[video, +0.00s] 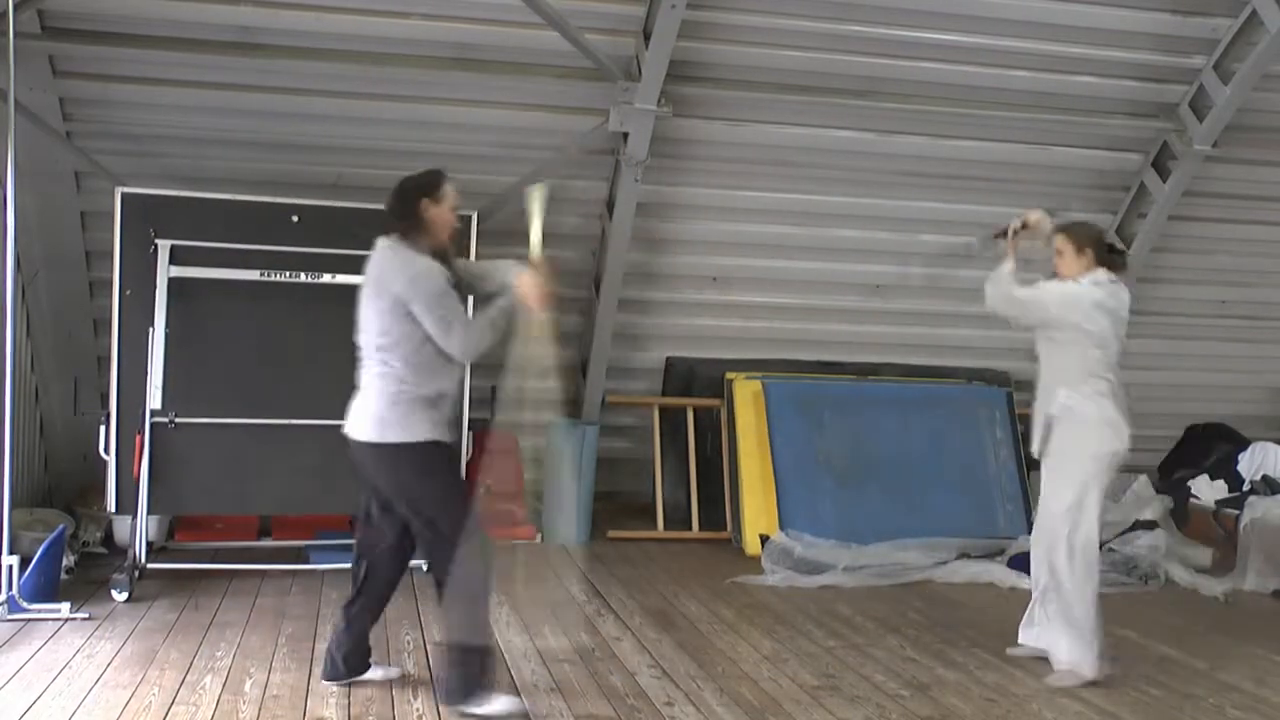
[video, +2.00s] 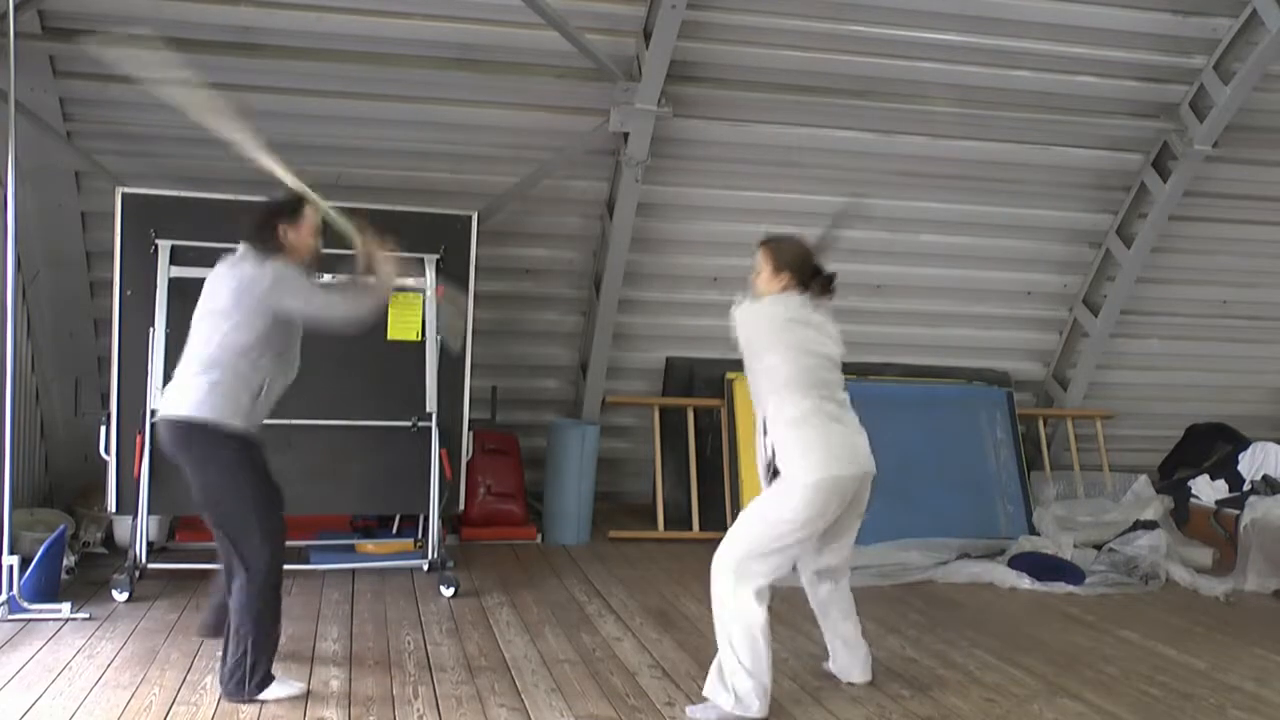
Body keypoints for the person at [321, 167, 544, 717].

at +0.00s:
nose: (457, 217)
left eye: (455, 207)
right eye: (450, 207)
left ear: (417, 211)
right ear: (424, 210)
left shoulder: (388, 256)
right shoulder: (416, 271)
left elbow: (466, 277)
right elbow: (465, 342)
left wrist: (520, 276)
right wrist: (513, 298)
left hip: (373, 431)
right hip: (408, 439)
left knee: (384, 550)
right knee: (464, 549)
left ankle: (345, 661)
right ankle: (466, 686)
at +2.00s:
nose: (317, 239)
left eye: (317, 229)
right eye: (311, 229)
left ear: (274, 229)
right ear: (283, 230)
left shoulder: (233, 268)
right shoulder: (271, 276)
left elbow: (315, 296)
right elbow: (344, 310)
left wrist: (361, 273)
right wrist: (383, 279)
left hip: (184, 421)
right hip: (213, 428)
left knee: (247, 522)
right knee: (261, 548)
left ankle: (220, 619)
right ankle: (246, 679)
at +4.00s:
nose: (529, 237)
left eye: (530, 226)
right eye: (524, 226)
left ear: (482, 227)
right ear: (496, 226)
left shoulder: (450, 270)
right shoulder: (480, 265)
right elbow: (553, 281)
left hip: (469, 429)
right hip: (453, 432)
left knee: (533, 510)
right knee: (473, 557)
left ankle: (519, 627)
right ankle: (431, 690)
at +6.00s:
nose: (481, 239)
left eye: (480, 229)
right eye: (475, 228)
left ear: (449, 230)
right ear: (452, 229)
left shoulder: (439, 274)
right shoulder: (436, 274)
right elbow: (491, 219)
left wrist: (470, 149)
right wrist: (497, 153)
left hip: (435, 430)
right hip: (421, 431)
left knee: (440, 539)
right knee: (476, 532)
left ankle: (393, 632)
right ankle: (444, 643)